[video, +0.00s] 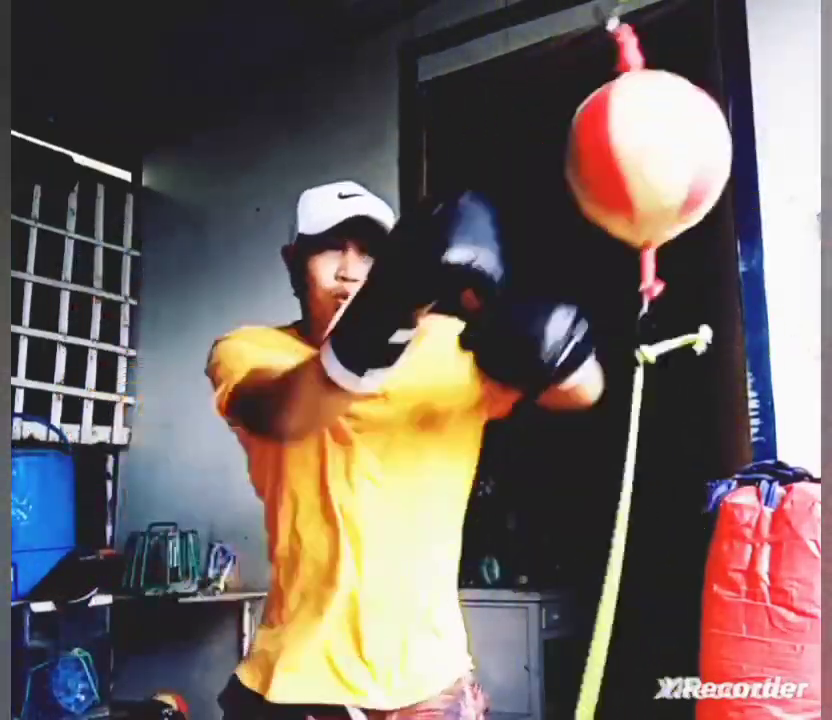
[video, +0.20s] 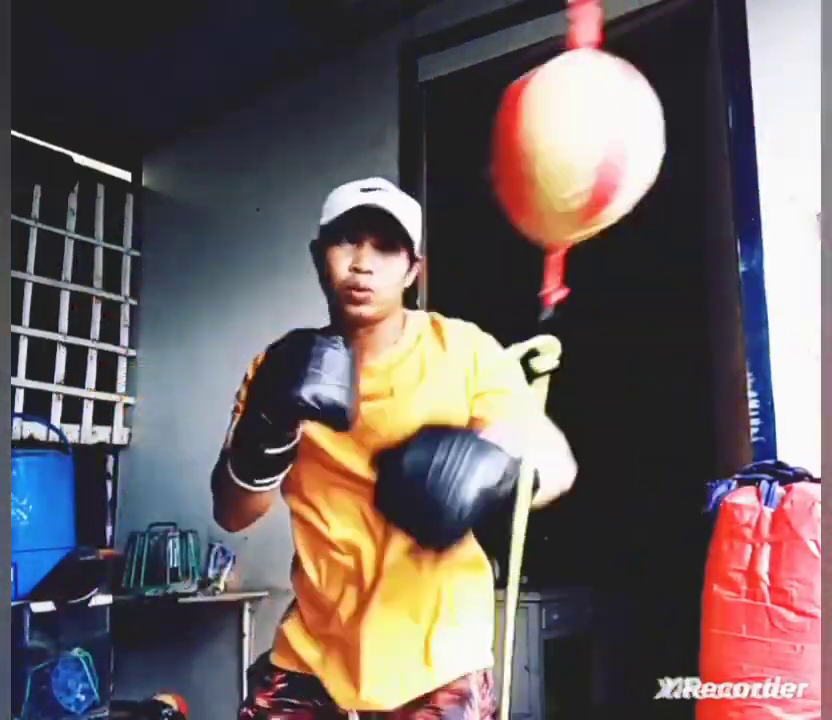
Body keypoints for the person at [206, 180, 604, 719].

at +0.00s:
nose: (349, 269)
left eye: (369, 250)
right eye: (330, 248)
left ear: (394, 266)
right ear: (297, 265)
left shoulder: (460, 348)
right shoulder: (249, 352)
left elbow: (582, 391)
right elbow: (285, 417)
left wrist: (560, 349)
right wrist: (376, 318)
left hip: (431, 684)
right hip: (294, 687)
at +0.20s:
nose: (360, 263)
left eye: (384, 247)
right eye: (344, 241)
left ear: (412, 268)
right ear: (320, 258)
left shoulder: (467, 352)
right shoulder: (286, 368)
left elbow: (555, 462)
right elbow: (234, 514)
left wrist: (489, 471)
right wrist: (271, 423)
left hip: (442, 668)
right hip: (315, 659)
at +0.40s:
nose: (257, 314)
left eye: (274, 297)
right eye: (238, 301)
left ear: (304, 312)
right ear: (217, 325)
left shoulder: (388, 381)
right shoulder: (222, 436)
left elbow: (465, 497)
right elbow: (238, 571)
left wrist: (382, 593)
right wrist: (245, 459)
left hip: (435, 671)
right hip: (326, 684)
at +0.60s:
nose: (285, 323)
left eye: (301, 302)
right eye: (263, 304)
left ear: (324, 315)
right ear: (237, 328)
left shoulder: (400, 392)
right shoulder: (222, 448)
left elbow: (461, 520)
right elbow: (249, 589)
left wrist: (370, 618)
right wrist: (261, 491)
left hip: (430, 684)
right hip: (306, 690)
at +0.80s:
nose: (390, 272)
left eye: (404, 257)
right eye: (367, 257)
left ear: (423, 270)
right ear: (329, 280)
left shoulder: (456, 382)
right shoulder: (281, 361)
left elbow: (484, 518)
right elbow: (295, 446)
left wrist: (414, 583)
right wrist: (389, 330)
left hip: (444, 682)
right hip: (313, 687)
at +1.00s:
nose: (366, 270)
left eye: (384, 255)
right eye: (345, 252)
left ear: (405, 276)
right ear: (312, 274)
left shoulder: (456, 372)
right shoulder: (260, 376)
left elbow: (474, 526)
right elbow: (262, 522)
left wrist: (366, 617)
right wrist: (333, 413)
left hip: (443, 674)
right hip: (321, 676)